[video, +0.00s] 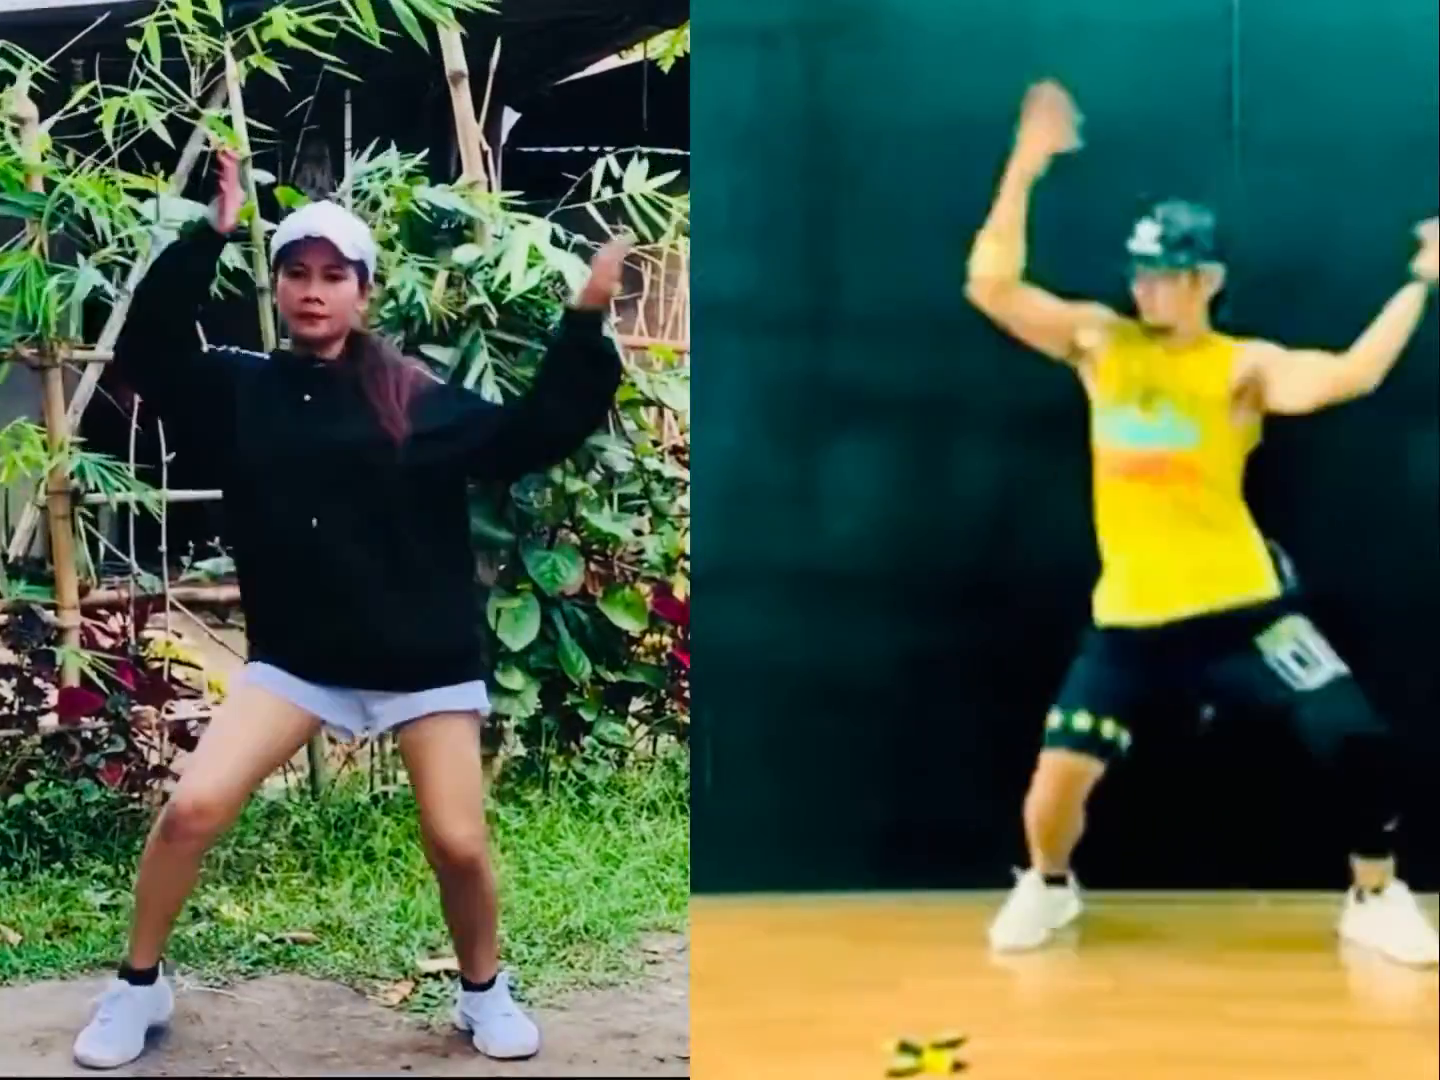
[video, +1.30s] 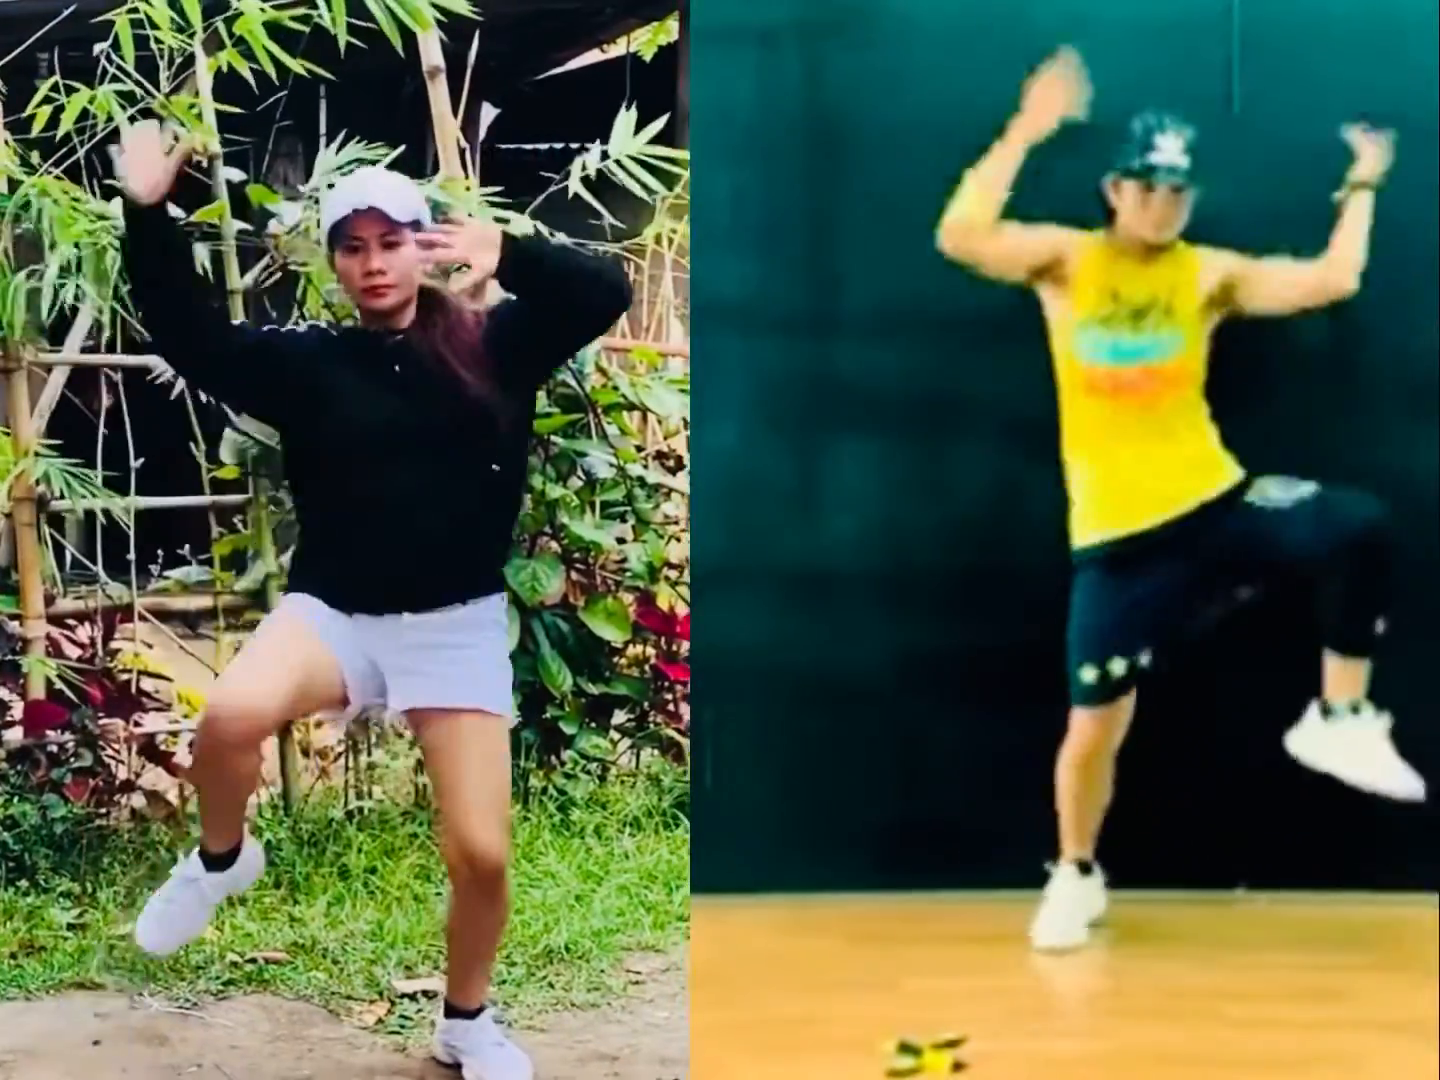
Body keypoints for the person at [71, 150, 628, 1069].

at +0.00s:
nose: (312, 291)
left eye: (332, 277)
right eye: (297, 275)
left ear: (365, 292)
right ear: (273, 288)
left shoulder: (415, 394)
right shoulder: (237, 388)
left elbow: (541, 430)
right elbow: (149, 347)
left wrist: (589, 316)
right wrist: (212, 231)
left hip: (427, 659)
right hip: (294, 656)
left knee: (461, 846)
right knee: (192, 809)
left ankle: (484, 993)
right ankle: (139, 986)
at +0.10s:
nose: (284, 289)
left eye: (305, 273)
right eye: (268, 272)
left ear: (337, 292)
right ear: (246, 288)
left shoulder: (389, 394)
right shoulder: (189, 395)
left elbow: (488, 373)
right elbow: (79, 379)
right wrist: (109, 314)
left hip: (378, 670)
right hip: (237, 674)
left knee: (437, 847)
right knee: (166, 844)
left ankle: (483, 990)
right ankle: (144, 996)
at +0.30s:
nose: (206, 245)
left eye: (228, 230)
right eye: (190, 228)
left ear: (260, 247)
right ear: (166, 242)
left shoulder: (297, 347)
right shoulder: (104, 345)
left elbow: (419, 332)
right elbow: (6, 311)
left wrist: (368, 275)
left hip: (288, 607)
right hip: (152, 629)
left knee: (386, 759)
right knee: (117, 842)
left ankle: (368, 889)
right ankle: (125, 1009)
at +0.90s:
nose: (254, 291)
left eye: (273, 274)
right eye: (235, 274)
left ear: (304, 289)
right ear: (206, 290)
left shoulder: (358, 393)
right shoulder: (155, 384)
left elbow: (475, 381)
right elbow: (68, 318)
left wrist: (433, 333)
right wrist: (96, 200)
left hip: (351, 662)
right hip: (210, 675)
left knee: (444, 847)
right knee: (143, 870)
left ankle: (482, 1010)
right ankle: (120, 1010)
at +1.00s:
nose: (292, 299)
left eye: (310, 280)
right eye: (272, 283)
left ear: (341, 294)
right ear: (247, 303)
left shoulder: (412, 400)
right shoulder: (199, 405)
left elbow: (526, 370)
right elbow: (88, 423)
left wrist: (530, 262)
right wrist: (142, 304)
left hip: (398, 682)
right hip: (253, 692)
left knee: (478, 868)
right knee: (180, 879)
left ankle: (480, 1019)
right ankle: (120, 1015)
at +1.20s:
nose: (362, 255)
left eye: (378, 233)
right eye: (340, 243)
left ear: (414, 240)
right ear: (322, 263)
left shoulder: (484, 330)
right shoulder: (307, 367)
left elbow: (582, 248)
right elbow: (158, 367)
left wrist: (523, 134)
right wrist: (32, 289)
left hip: (426, 624)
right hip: (299, 610)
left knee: (482, 843)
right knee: (213, 790)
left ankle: (466, 1018)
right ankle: (143, 932)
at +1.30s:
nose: (371, 260)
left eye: (389, 240)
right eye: (352, 245)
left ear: (428, 250)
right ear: (333, 261)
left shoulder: (491, 348)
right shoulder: (306, 361)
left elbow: (601, 291)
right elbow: (190, 338)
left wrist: (506, 253)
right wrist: (149, 210)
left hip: (460, 621)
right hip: (331, 613)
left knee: (484, 854)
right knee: (227, 717)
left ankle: (467, 1018)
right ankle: (221, 861)